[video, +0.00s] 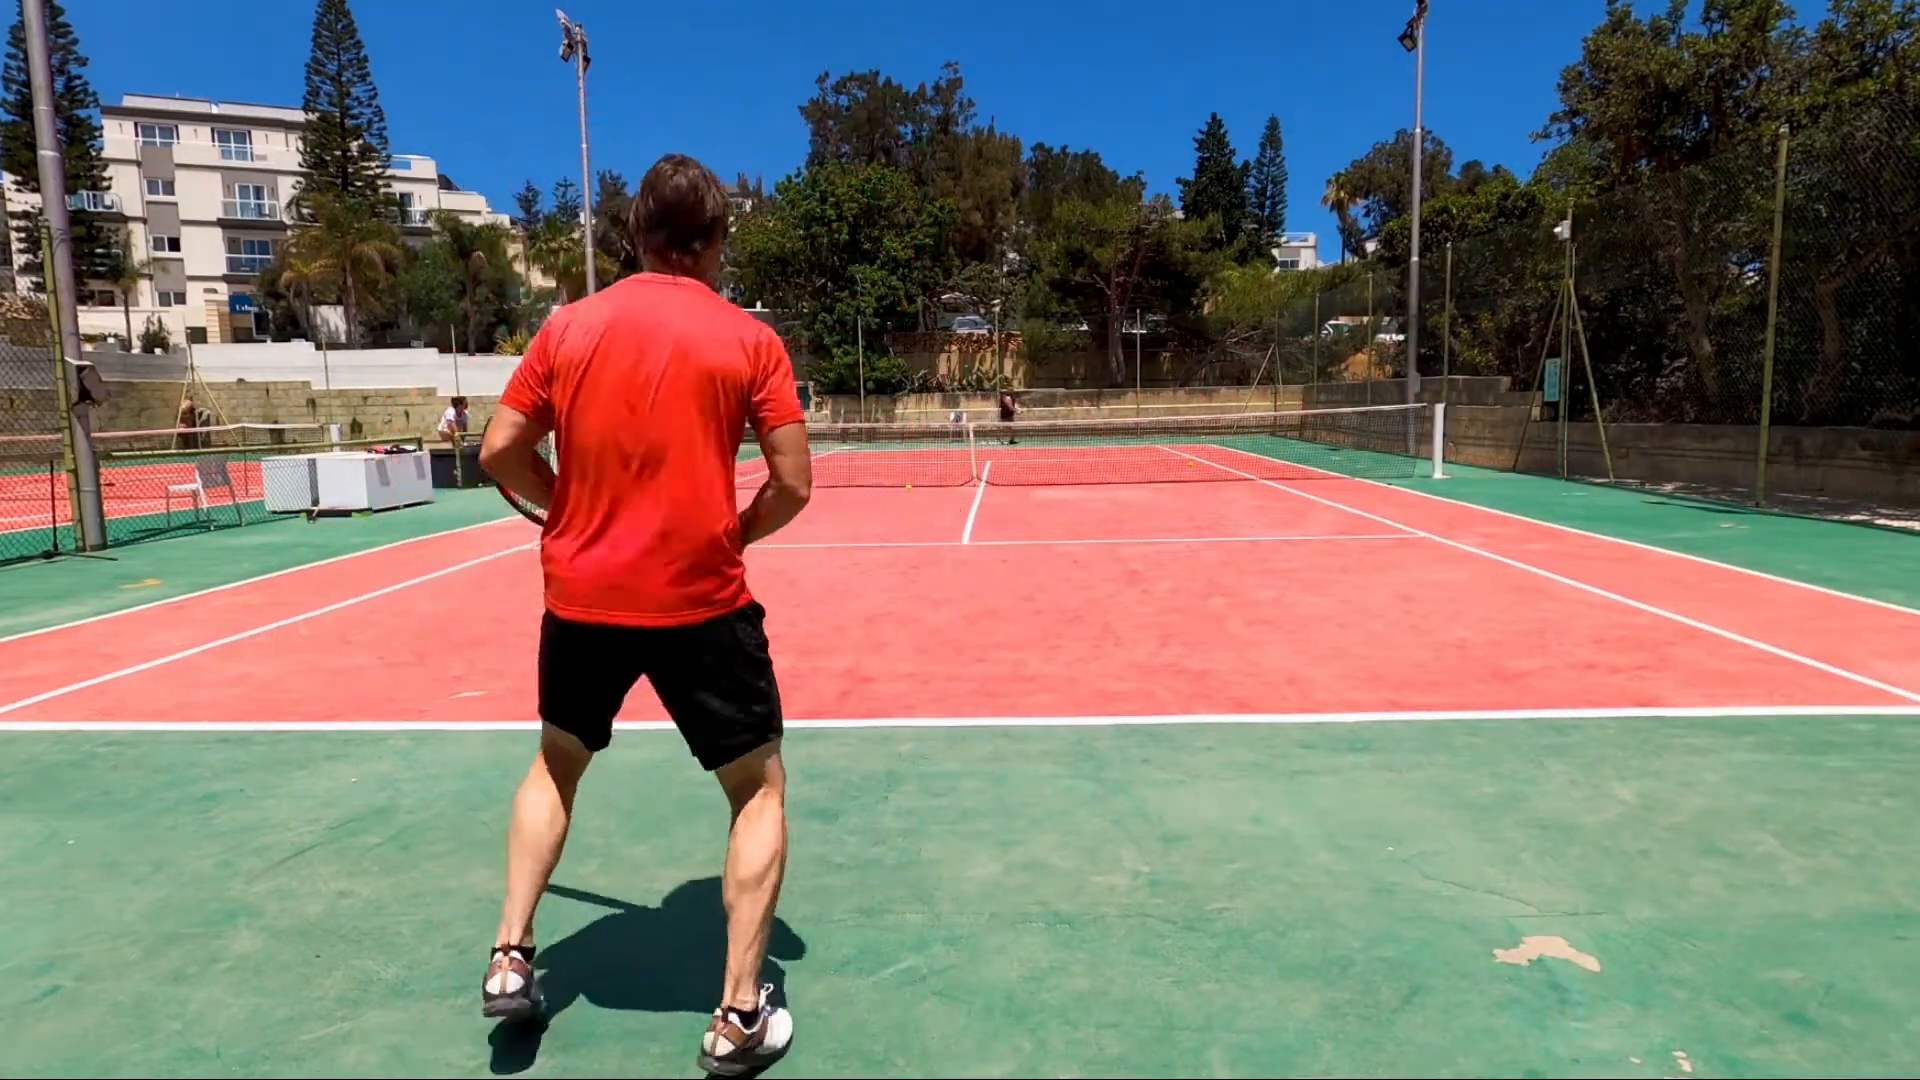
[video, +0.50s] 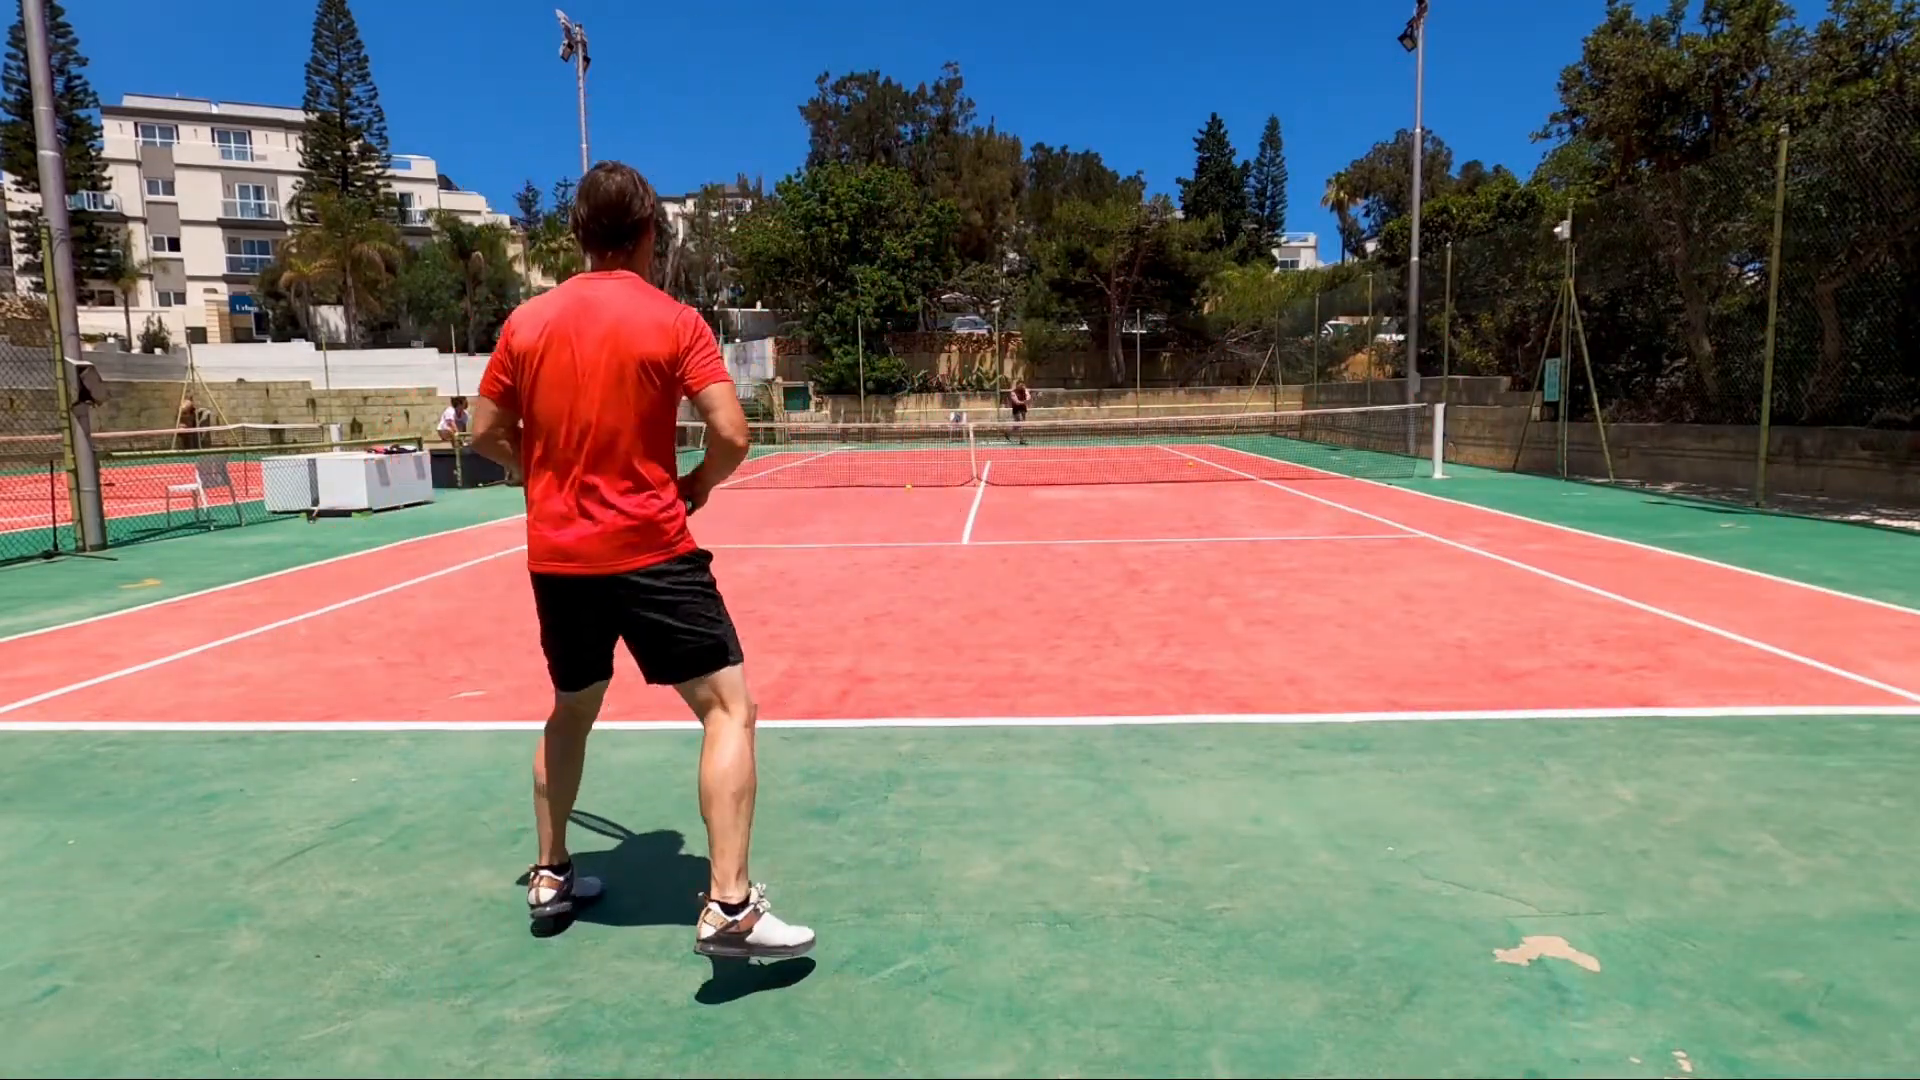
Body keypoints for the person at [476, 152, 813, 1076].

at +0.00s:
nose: (724, 250)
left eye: (717, 239)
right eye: (724, 239)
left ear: (636, 239)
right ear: (713, 242)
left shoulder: (572, 324)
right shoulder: (747, 336)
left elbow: (500, 451)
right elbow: (792, 485)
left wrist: (569, 509)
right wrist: (727, 538)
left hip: (583, 597)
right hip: (699, 603)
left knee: (555, 765)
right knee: (754, 787)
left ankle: (509, 957)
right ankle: (738, 1010)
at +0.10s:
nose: (714, 234)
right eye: (713, 223)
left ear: (622, 228)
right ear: (705, 229)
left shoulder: (566, 316)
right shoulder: (741, 324)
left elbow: (499, 437)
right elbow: (792, 464)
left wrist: (571, 484)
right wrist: (731, 514)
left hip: (587, 578)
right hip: (702, 583)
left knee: (561, 748)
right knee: (762, 767)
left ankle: (531, 932)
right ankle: (774, 989)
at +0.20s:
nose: (700, 273)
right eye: (698, 260)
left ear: (615, 268)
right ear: (697, 270)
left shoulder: (564, 360)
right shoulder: (738, 361)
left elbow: (503, 479)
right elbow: (792, 488)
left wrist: (583, 514)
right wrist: (732, 536)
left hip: (593, 609)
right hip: (704, 612)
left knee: (572, 746)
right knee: (772, 786)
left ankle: (545, 899)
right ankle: (790, 1006)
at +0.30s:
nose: (685, 307)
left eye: (677, 297)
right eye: (686, 297)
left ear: (606, 301)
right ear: (677, 302)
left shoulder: (556, 387)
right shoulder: (708, 387)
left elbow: (506, 516)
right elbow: (774, 510)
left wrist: (587, 536)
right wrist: (714, 563)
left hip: (579, 628)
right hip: (685, 629)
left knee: (585, 732)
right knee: (768, 788)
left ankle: (556, 894)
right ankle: (789, 997)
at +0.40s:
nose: (670, 286)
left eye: (666, 276)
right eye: (669, 276)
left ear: (585, 280)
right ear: (658, 280)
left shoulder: (536, 371)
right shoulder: (684, 370)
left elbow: (493, 489)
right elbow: (749, 483)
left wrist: (563, 515)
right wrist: (699, 533)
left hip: (562, 602)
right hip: (662, 600)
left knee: (583, 725)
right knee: (747, 750)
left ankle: (553, 890)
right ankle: (774, 943)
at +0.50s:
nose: (663, 238)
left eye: (654, 227)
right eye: (661, 227)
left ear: (579, 234)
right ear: (650, 232)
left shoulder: (529, 320)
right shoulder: (673, 319)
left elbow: (485, 433)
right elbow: (731, 433)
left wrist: (549, 472)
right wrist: (694, 487)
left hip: (558, 556)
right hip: (652, 549)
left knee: (572, 703)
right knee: (725, 708)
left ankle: (548, 874)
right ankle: (730, 901)